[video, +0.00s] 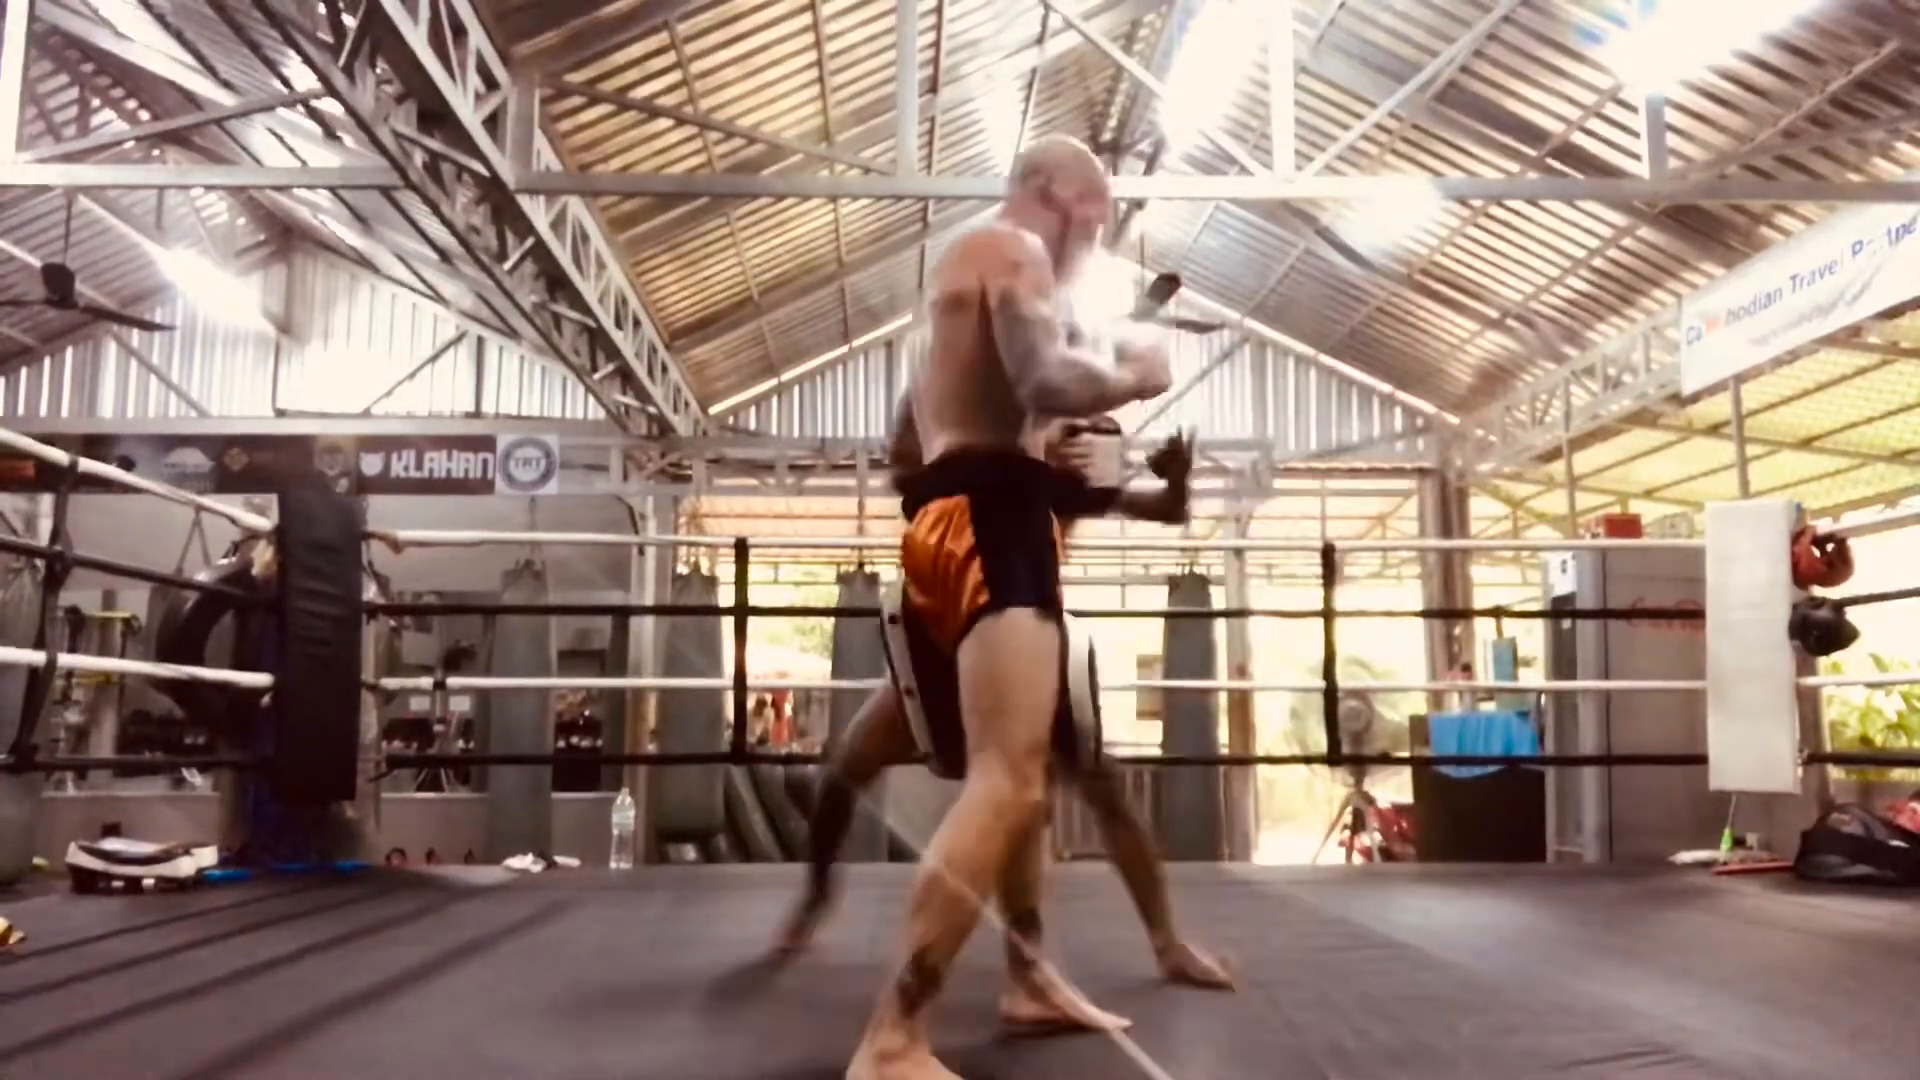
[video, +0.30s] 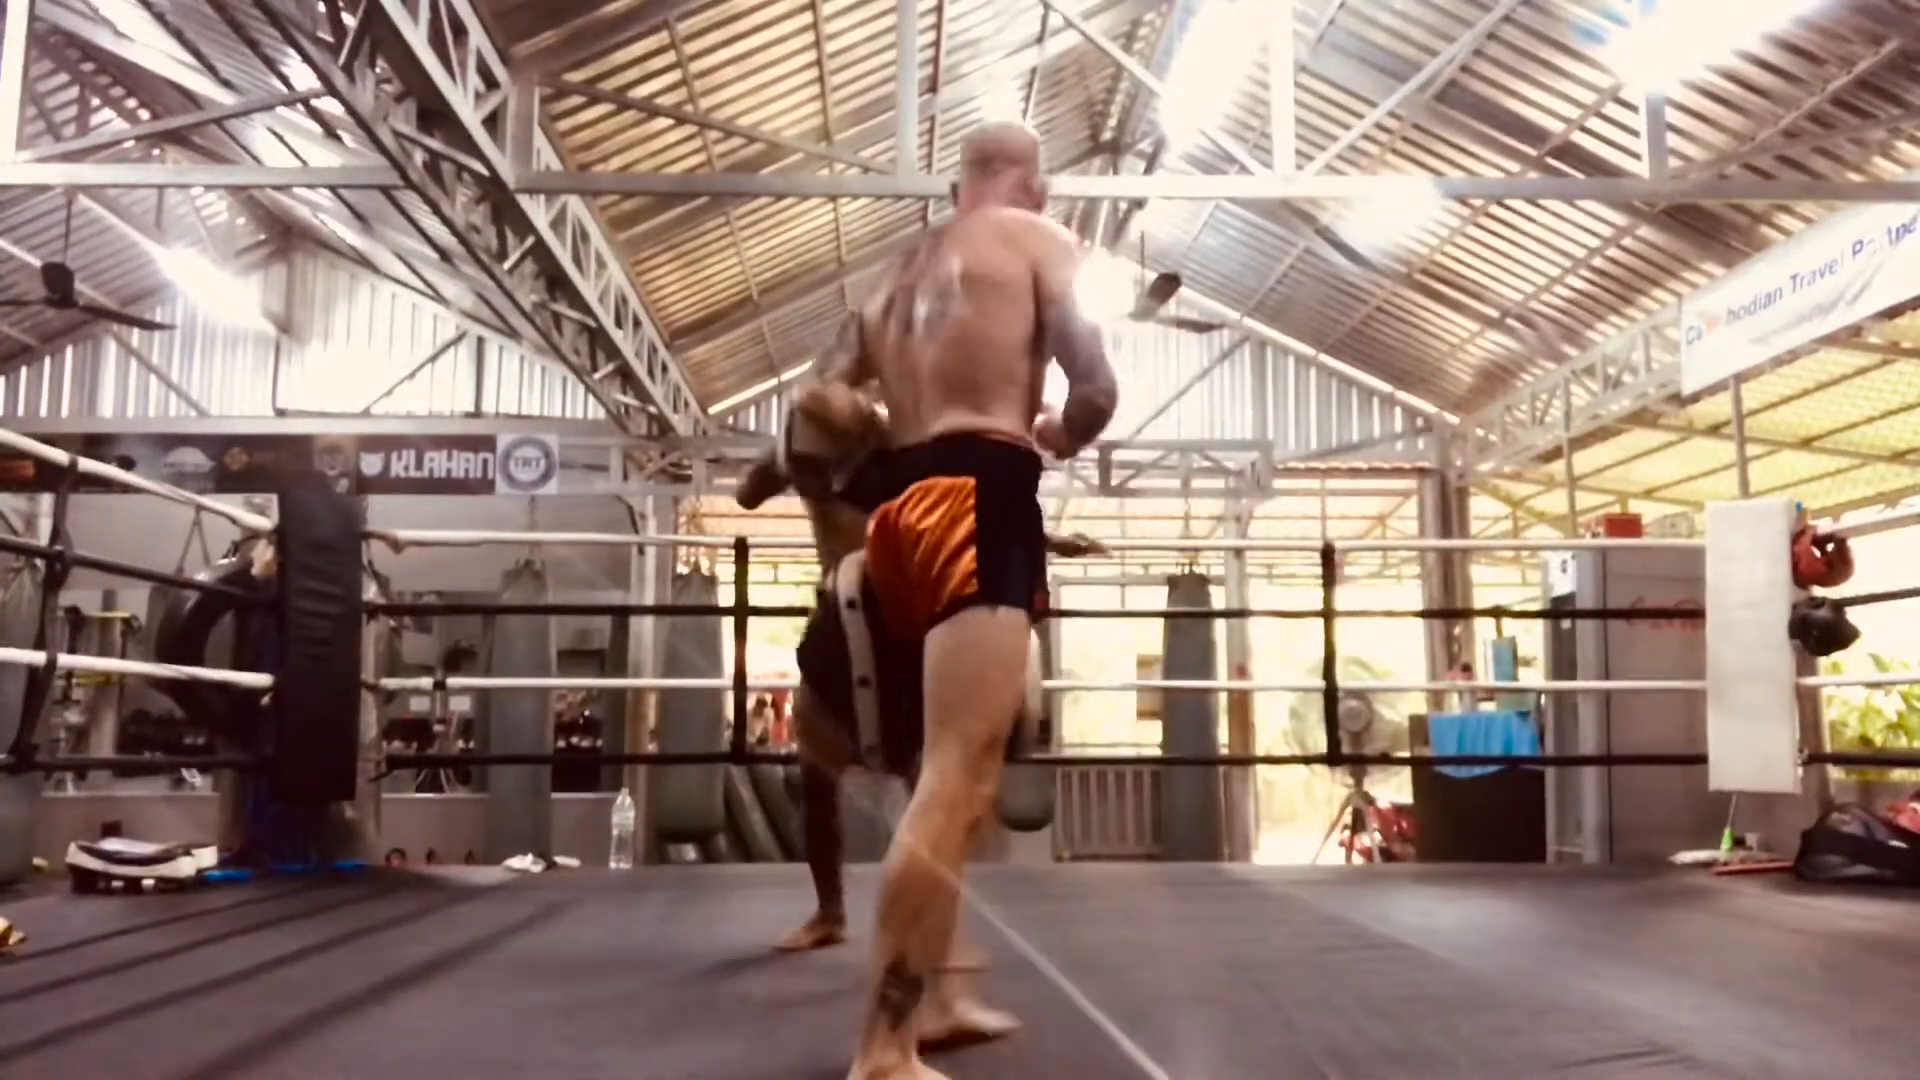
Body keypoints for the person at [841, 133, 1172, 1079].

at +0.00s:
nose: (1102, 233)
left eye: (1106, 218)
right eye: (1100, 213)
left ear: (1034, 190)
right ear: (1056, 193)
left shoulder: (969, 262)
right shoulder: (1011, 248)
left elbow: (922, 442)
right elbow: (1044, 380)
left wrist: (1053, 457)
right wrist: (1136, 373)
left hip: (947, 512)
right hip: (989, 504)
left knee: (1020, 771)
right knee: (1006, 776)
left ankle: (1031, 977)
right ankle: (890, 1039)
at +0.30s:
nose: (1045, 195)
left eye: (1040, 179)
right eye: (1042, 179)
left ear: (963, 176)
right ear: (1025, 174)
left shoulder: (898, 271)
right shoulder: (1034, 236)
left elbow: (846, 388)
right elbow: (1096, 385)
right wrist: (1069, 434)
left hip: (895, 500)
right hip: (978, 492)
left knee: (947, 770)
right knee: (954, 777)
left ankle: (943, 990)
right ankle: (884, 1045)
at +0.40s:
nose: (1024, 195)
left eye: (1014, 180)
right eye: (1020, 181)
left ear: (941, 184)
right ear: (1007, 181)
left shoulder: (880, 281)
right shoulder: (1035, 246)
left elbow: (811, 398)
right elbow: (1101, 400)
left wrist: (864, 453)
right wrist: (1027, 445)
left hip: (886, 509)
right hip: (976, 498)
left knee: (928, 788)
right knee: (951, 789)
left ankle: (896, 1022)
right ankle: (887, 1045)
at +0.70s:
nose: (950, 208)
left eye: (919, 194)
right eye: (962, 189)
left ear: (897, 200)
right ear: (973, 195)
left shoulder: (853, 288)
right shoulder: (1033, 282)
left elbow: (806, 409)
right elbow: (1031, 403)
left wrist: (820, 439)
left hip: (893, 515)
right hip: (995, 511)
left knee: (898, 783)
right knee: (1041, 760)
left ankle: (877, 1019)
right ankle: (951, 976)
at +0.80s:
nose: (899, 214)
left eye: (894, 201)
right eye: (940, 198)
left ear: (892, 205)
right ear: (970, 203)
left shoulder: (859, 285)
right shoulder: (1031, 293)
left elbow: (814, 408)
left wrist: (815, 450)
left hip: (899, 524)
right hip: (1005, 519)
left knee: (891, 791)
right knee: (1054, 762)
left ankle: (881, 1018)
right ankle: (1006, 943)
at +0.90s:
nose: (893, 220)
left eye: (893, 208)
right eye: (931, 207)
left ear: (899, 210)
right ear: (974, 211)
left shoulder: (874, 282)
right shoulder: (1033, 299)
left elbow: (853, 404)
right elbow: (1015, 416)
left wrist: (819, 434)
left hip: (913, 525)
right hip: (1017, 522)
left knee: (890, 786)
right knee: (1041, 764)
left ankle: (881, 1018)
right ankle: (1065, 969)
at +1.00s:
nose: (898, 225)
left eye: (903, 212)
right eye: (904, 212)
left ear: (922, 214)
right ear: (982, 217)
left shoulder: (909, 281)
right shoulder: (1037, 301)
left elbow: (887, 410)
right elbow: (1029, 425)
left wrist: (840, 457)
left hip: (938, 526)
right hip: (1029, 525)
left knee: (896, 793)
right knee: (1030, 774)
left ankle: (884, 1017)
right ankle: (1090, 982)